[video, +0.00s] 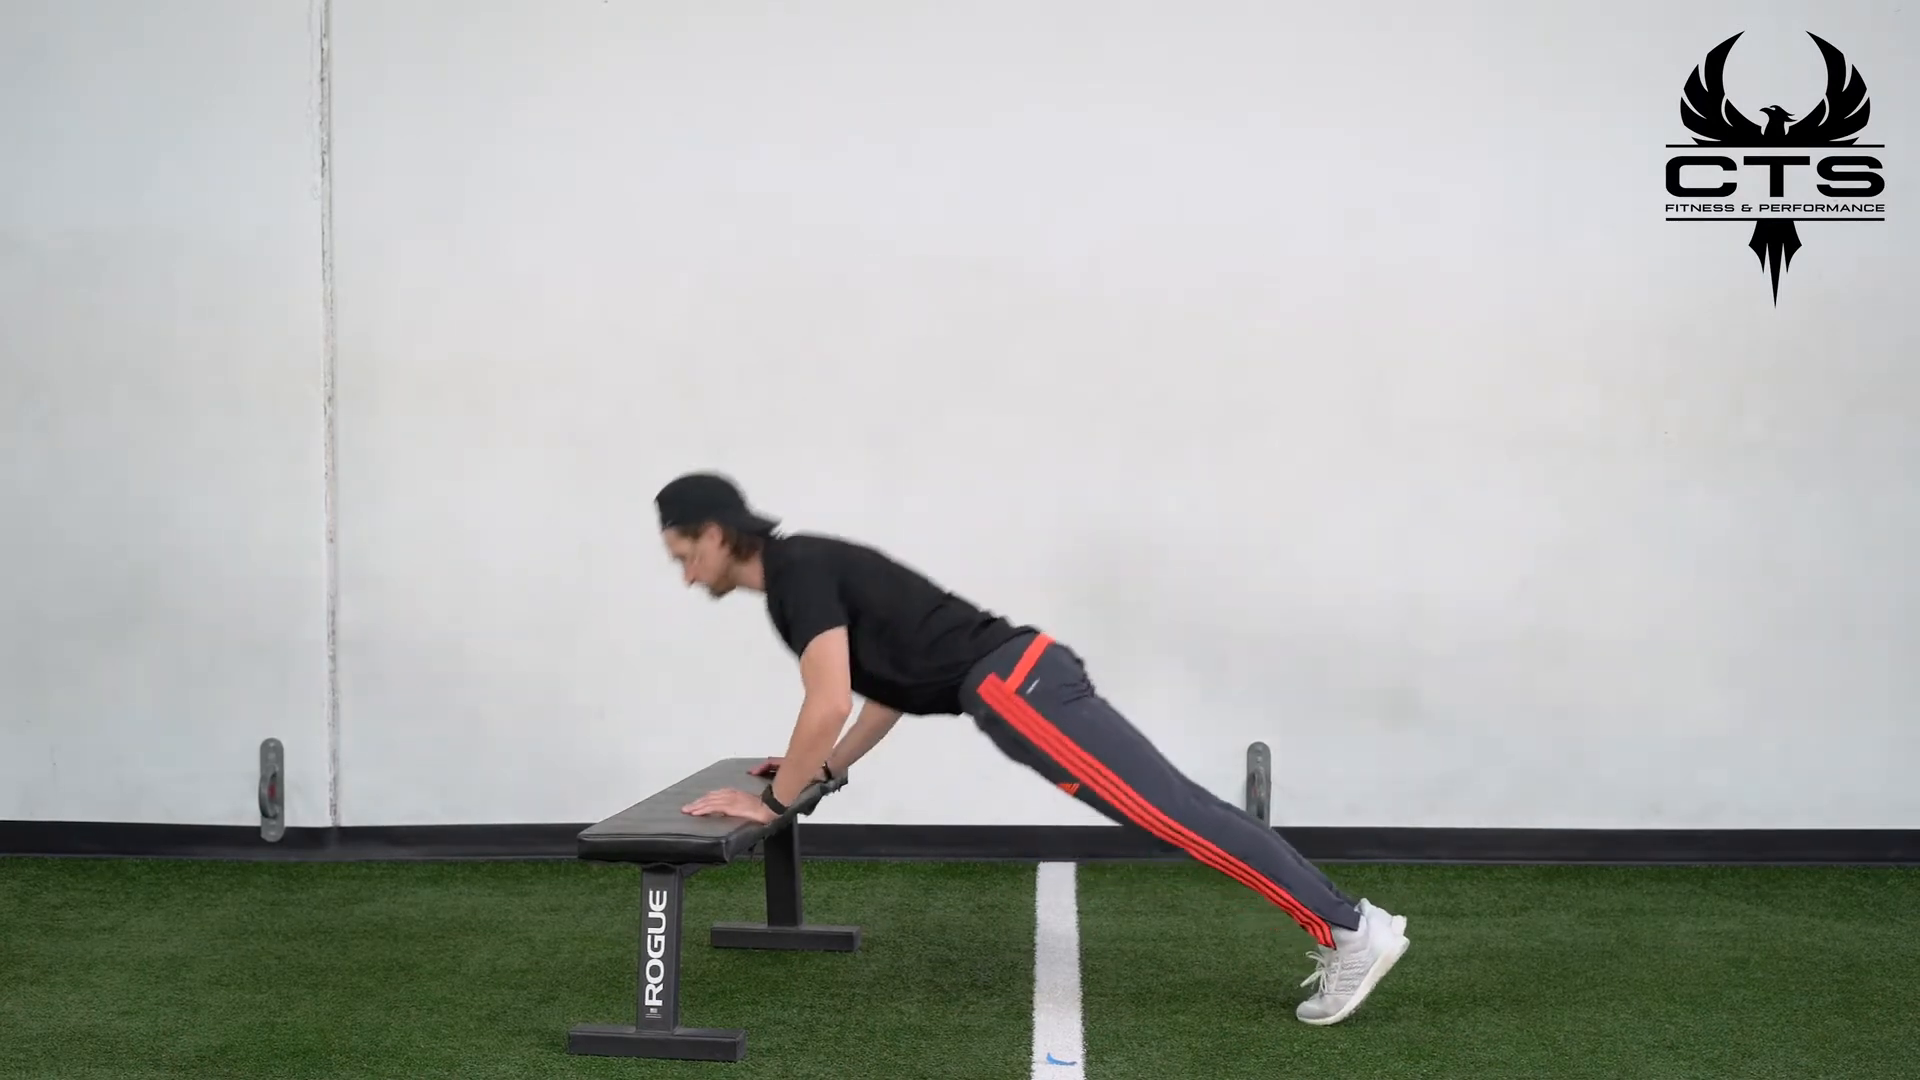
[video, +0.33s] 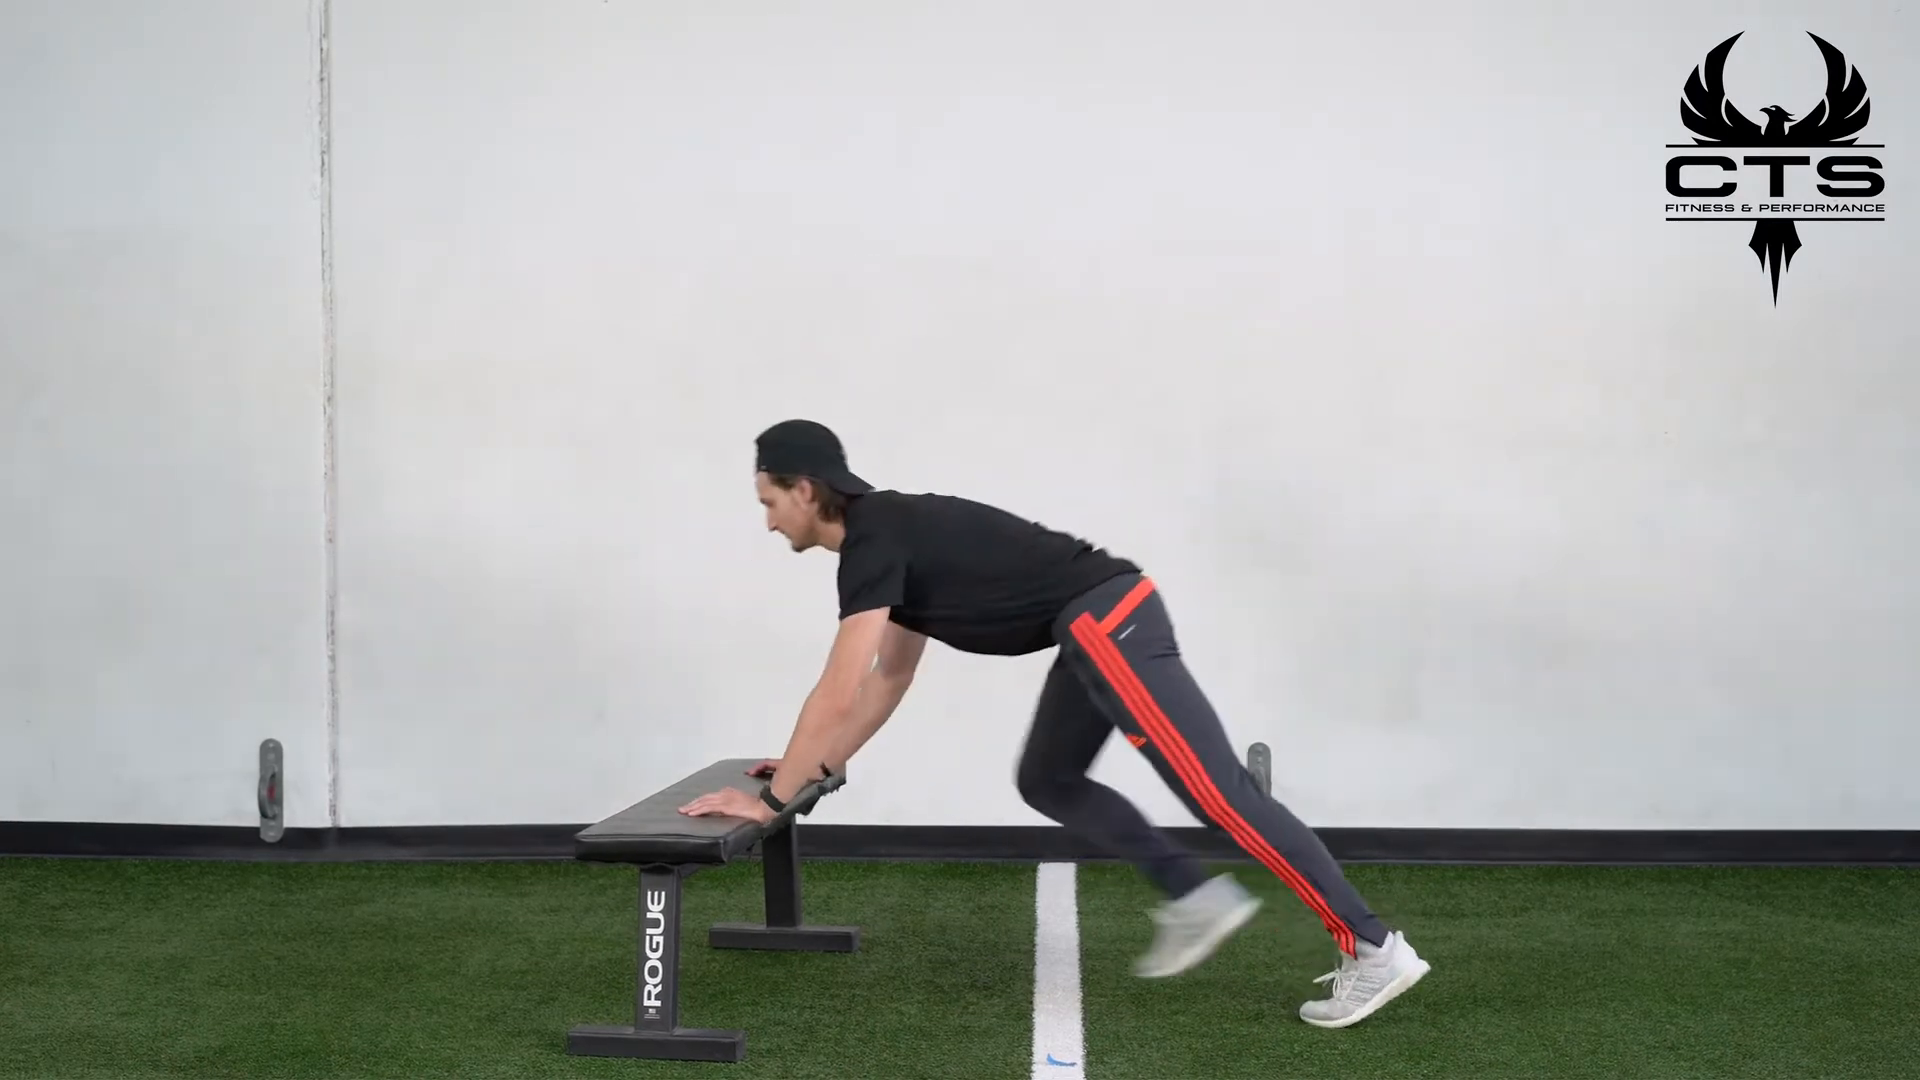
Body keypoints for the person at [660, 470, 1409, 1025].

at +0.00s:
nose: (679, 566)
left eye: (681, 549)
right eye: (673, 552)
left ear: (719, 534)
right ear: (728, 530)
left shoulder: (793, 570)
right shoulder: (812, 565)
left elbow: (828, 702)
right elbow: (891, 690)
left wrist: (772, 799)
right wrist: (828, 764)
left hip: (1015, 684)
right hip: (1018, 678)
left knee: (1172, 812)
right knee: (1174, 806)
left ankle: (1353, 932)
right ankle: (1346, 925)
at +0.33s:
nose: (763, 512)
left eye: (768, 496)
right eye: (761, 497)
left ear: (810, 490)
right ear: (825, 488)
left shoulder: (869, 546)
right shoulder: (898, 536)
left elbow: (843, 681)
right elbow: (887, 679)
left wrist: (771, 798)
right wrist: (821, 764)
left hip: (1109, 613)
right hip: (1091, 624)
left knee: (1218, 790)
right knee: (1047, 778)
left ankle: (1376, 948)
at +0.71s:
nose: (842, 442)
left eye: (850, 425)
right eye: (843, 424)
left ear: (894, 426)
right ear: (895, 427)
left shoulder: (957, 493)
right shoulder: (964, 494)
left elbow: (889, 636)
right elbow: (916, 646)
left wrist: (803, 720)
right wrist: (829, 729)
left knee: (1101, 786)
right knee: (1062, 769)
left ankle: (1256, 920)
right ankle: (1120, 955)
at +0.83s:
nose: (857, 380)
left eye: (866, 365)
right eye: (859, 364)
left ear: (911, 370)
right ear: (917, 370)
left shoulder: (968, 440)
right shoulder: (967, 436)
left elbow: (971, 598)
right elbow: (971, 596)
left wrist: (908, 689)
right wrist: (909, 687)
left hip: (1159, 569)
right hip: (1149, 569)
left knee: (1083, 762)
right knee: (1083, 762)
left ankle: (1140, 958)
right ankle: (1128, 949)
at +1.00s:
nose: (897, 322)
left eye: (909, 309)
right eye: (902, 307)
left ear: (951, 322)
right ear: (955, 322)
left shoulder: (1000, 402)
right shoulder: (996, 400)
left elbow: (1013, 553)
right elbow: (1022, 565)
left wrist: (962, 667)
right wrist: (973, 670)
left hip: (1137, 591)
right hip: (1126, 589)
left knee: (1043, 780)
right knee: (1044, 777)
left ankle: (1119, 968)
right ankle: (1116, 960)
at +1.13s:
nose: (948, 288)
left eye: (961, 274)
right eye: (952, 273)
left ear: (1004, 282)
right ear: (1003, 285)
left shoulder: (1040, 366)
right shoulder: (1024, 372)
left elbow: (1010, 461)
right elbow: (1018, 485)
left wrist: (896, 485)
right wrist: (936, 478)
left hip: (1100, 604)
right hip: (1083, 602)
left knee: (1007, 796)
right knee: (1010, 792)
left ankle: (1113, 967)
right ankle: (1108, 957)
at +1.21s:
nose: (972, 232)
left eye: (982, 218)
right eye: (975, 217)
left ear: (1023, 227)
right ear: (1028, 229)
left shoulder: (1058, 314)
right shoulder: (1040, 314)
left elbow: (1026, 355)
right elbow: (1020, 372)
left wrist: (907, 311)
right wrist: (964, 327)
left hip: (1073, 563)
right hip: (1064, 558)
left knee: (1030, 762)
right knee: (1040, 759)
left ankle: (1108, 955)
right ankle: (1106, 946)